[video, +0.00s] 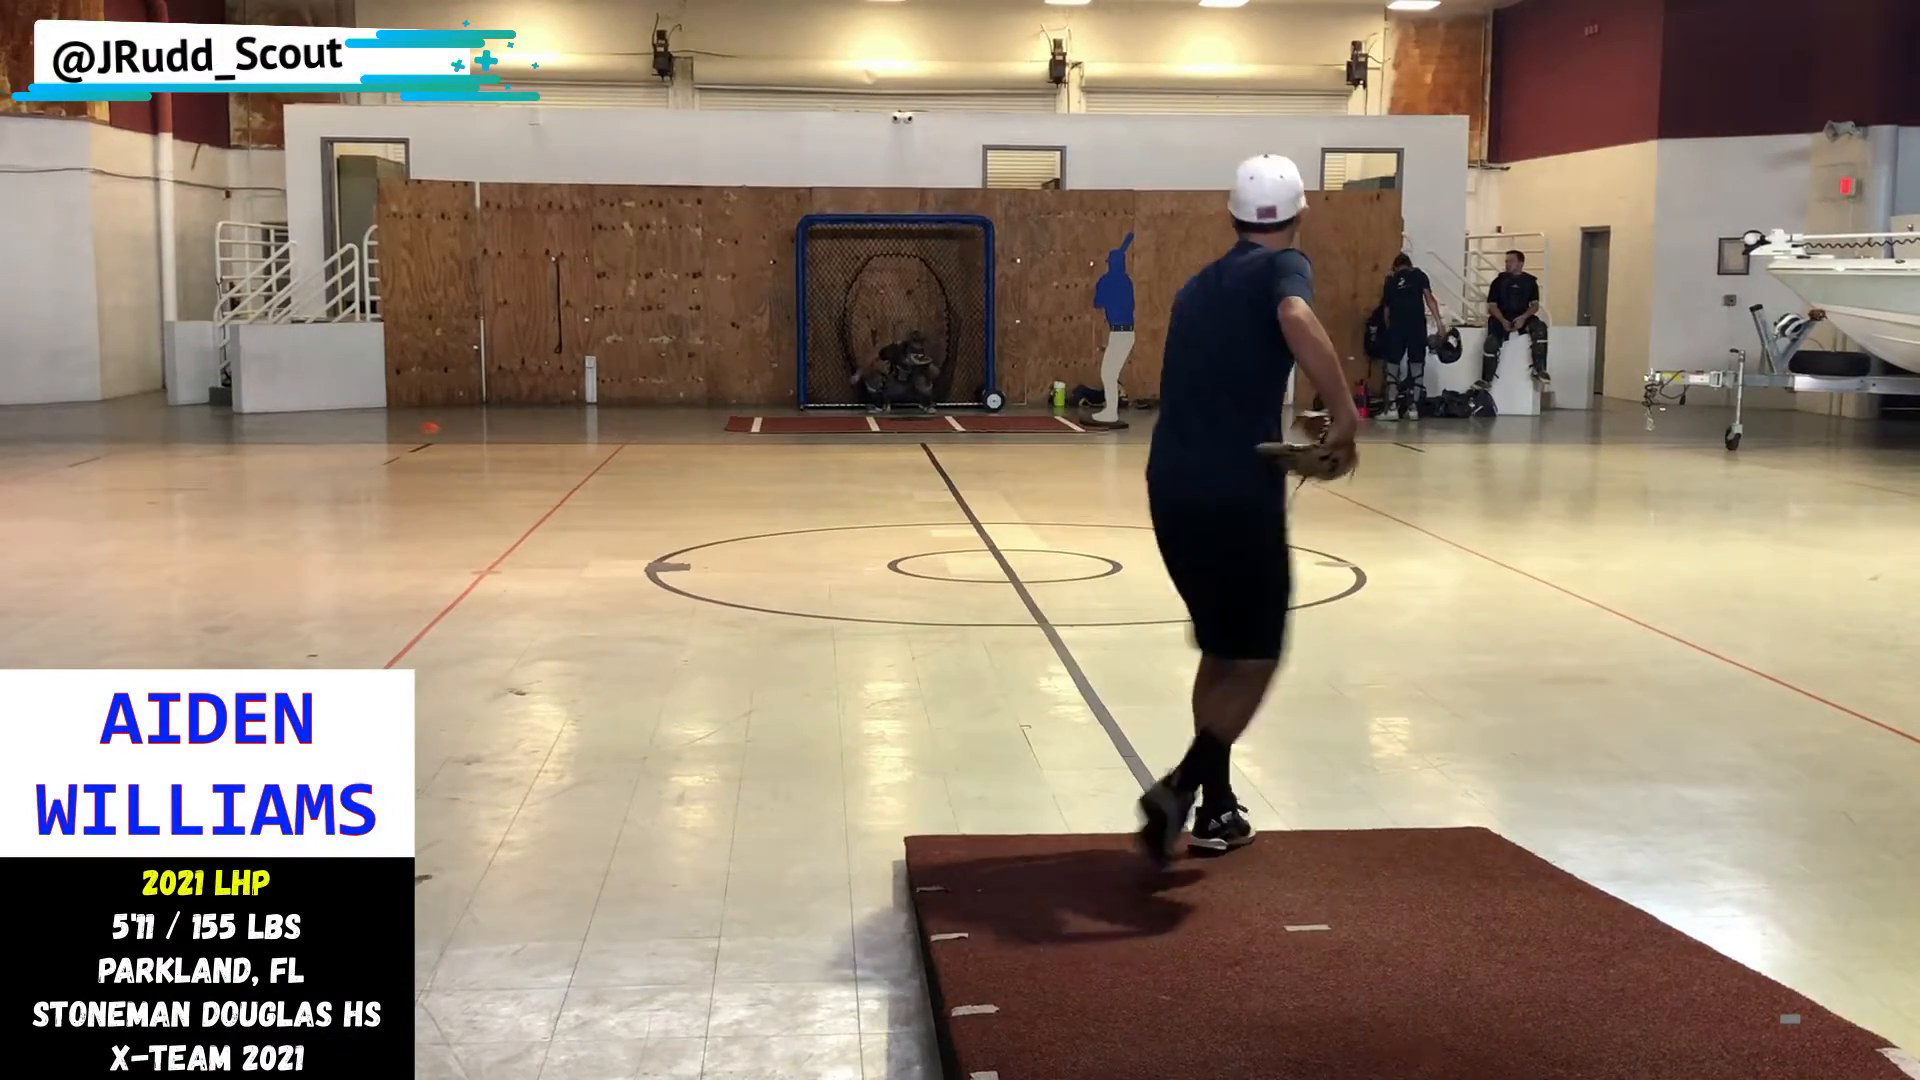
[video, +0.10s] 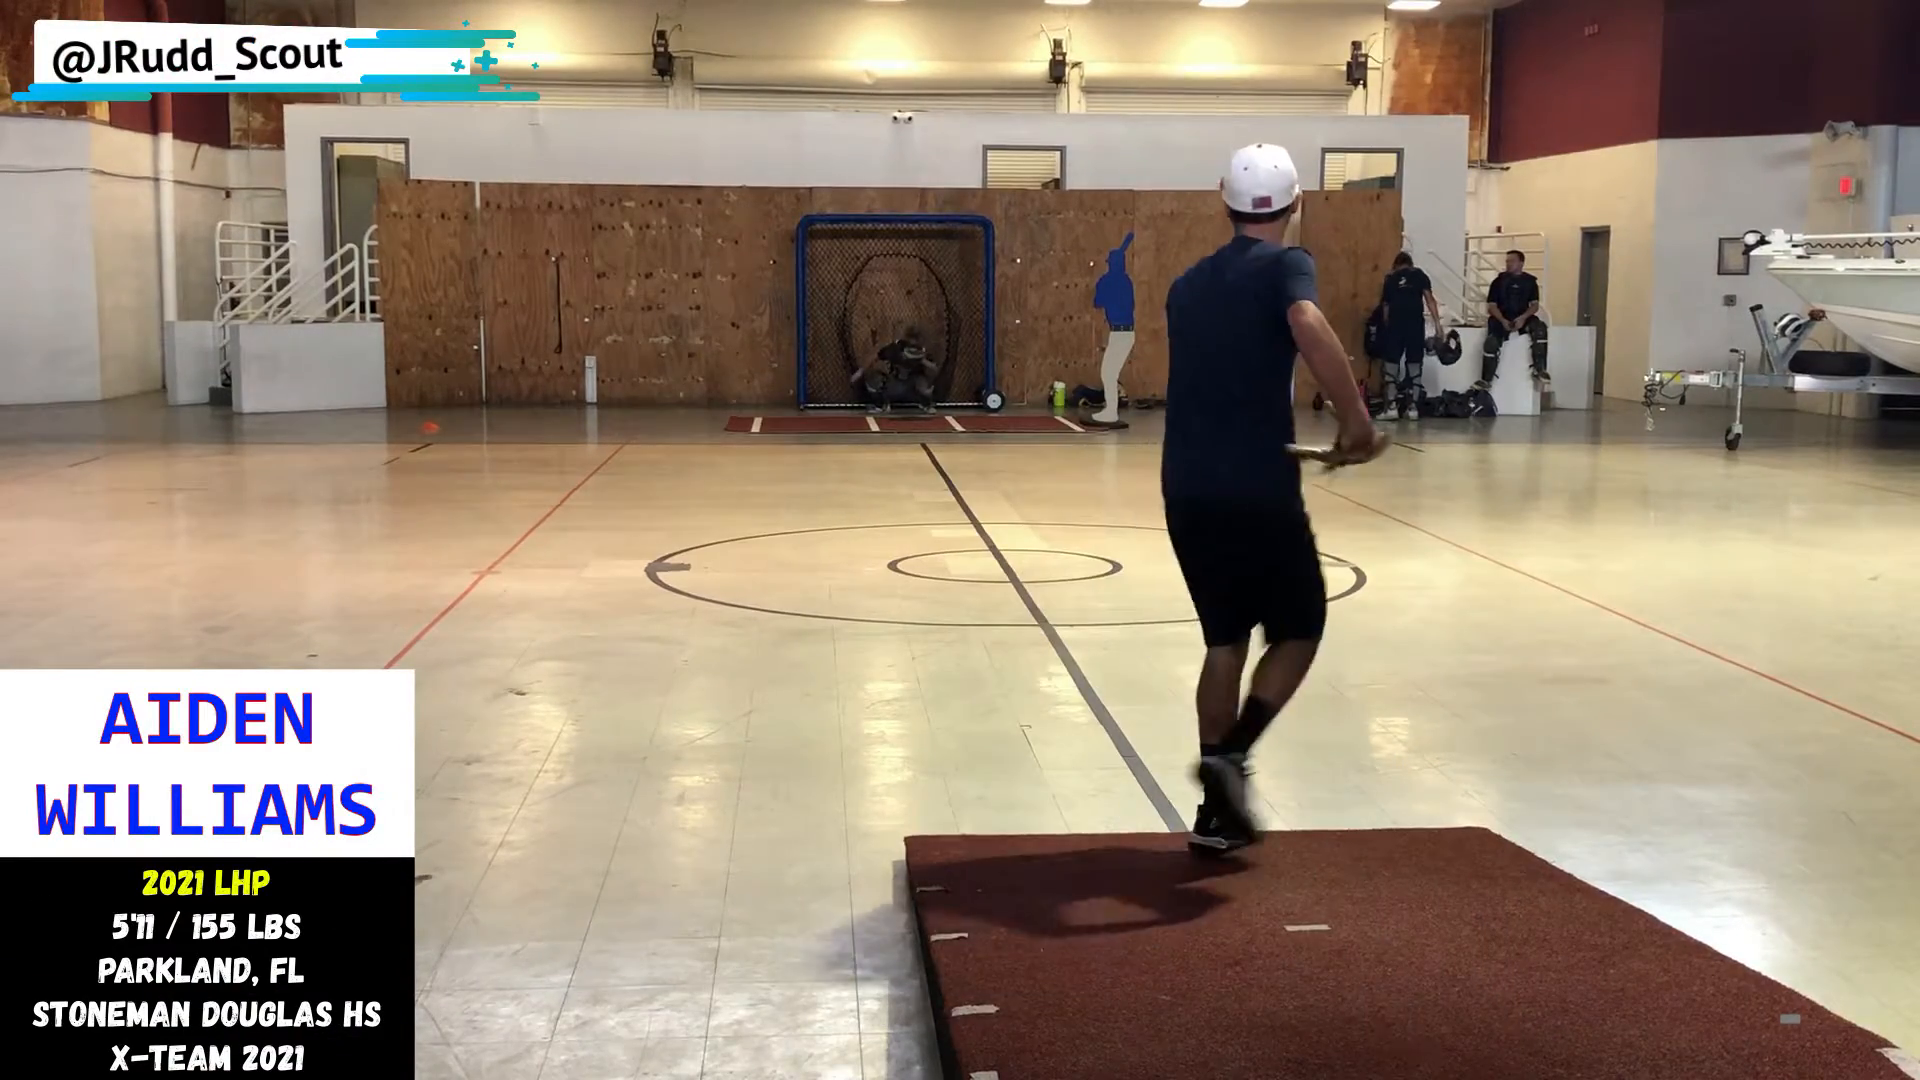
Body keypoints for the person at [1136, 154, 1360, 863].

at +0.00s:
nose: (1300, 219)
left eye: (1293, 208)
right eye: (1300, 210)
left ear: (1234, 217)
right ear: (1294, 215)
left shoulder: (1198, 285)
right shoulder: (1284, 263)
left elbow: (1193, 392)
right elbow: (1294, 319)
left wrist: (1265, 444)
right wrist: (1344, 420)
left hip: (1172, 482)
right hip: (1238, 486)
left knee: (1218, 643)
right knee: (1258, 651)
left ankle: (1217, 806)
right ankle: (1179, 789)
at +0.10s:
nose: (1297, 215)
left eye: (1287, 206)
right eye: (1297, 206)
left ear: (1229, 208)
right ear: (1291, 207)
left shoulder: (1186, 286)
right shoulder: (1289, 264)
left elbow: (1196, 391)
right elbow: (1305, 323)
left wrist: (1268, 442)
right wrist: (1358, 423)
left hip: (1188, 490)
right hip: (1256, 489)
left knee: (1224, 639)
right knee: (1298, 628)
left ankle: (1217, 810)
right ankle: (1233, 753)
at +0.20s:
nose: (1299, 206)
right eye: (1299, 197)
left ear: (1228, 199)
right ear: (1291, 200)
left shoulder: (1184, 281)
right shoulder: (1298, 261)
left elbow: (1182, 389)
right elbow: (1320, 339)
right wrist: (1369, 428)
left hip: (1200, 493)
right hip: (1281, 492)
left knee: (1220, 642)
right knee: (1309, 618)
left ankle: (1218, 806)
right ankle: (1286, 765)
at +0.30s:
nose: (1286, 206)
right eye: (1292, 197)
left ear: (1229, 198)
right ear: (1292, 201)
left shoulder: (1188, 280)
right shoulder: (1311, 270)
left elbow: (1182, 390)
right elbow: (1333, 366)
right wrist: (1377, 436)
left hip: (1209, 498)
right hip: (1294, 497)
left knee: (1225, 647)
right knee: (1308, 635)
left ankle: (1220, 805)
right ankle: (1320, 790)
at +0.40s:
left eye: (1249, 195)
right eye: (1296, 200)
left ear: (1236, 206)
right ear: (1301, 208)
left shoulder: (1198, 287)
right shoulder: (1330, 284)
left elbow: (1179, 394)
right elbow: (1355, 391)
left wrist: (1197, 456)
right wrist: (1381, 448)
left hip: (1218, 503)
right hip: (1303, 504)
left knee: (1231, 652)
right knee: (1307, 648)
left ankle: (1222, 803)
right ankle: (1315, 792)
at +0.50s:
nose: (1249, 211)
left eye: (1244, 202)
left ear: (1243, 209)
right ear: (1307, 209)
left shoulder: (1212, 287)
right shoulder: (1349, 287)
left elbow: (1167, 382)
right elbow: (1385, 389)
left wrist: (1150, 445)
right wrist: (1377, 449)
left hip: (1225, 501)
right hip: (1309, 504)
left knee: (1225, 639)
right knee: (1310, 648)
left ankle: (1224, 776)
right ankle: (1315, 792)